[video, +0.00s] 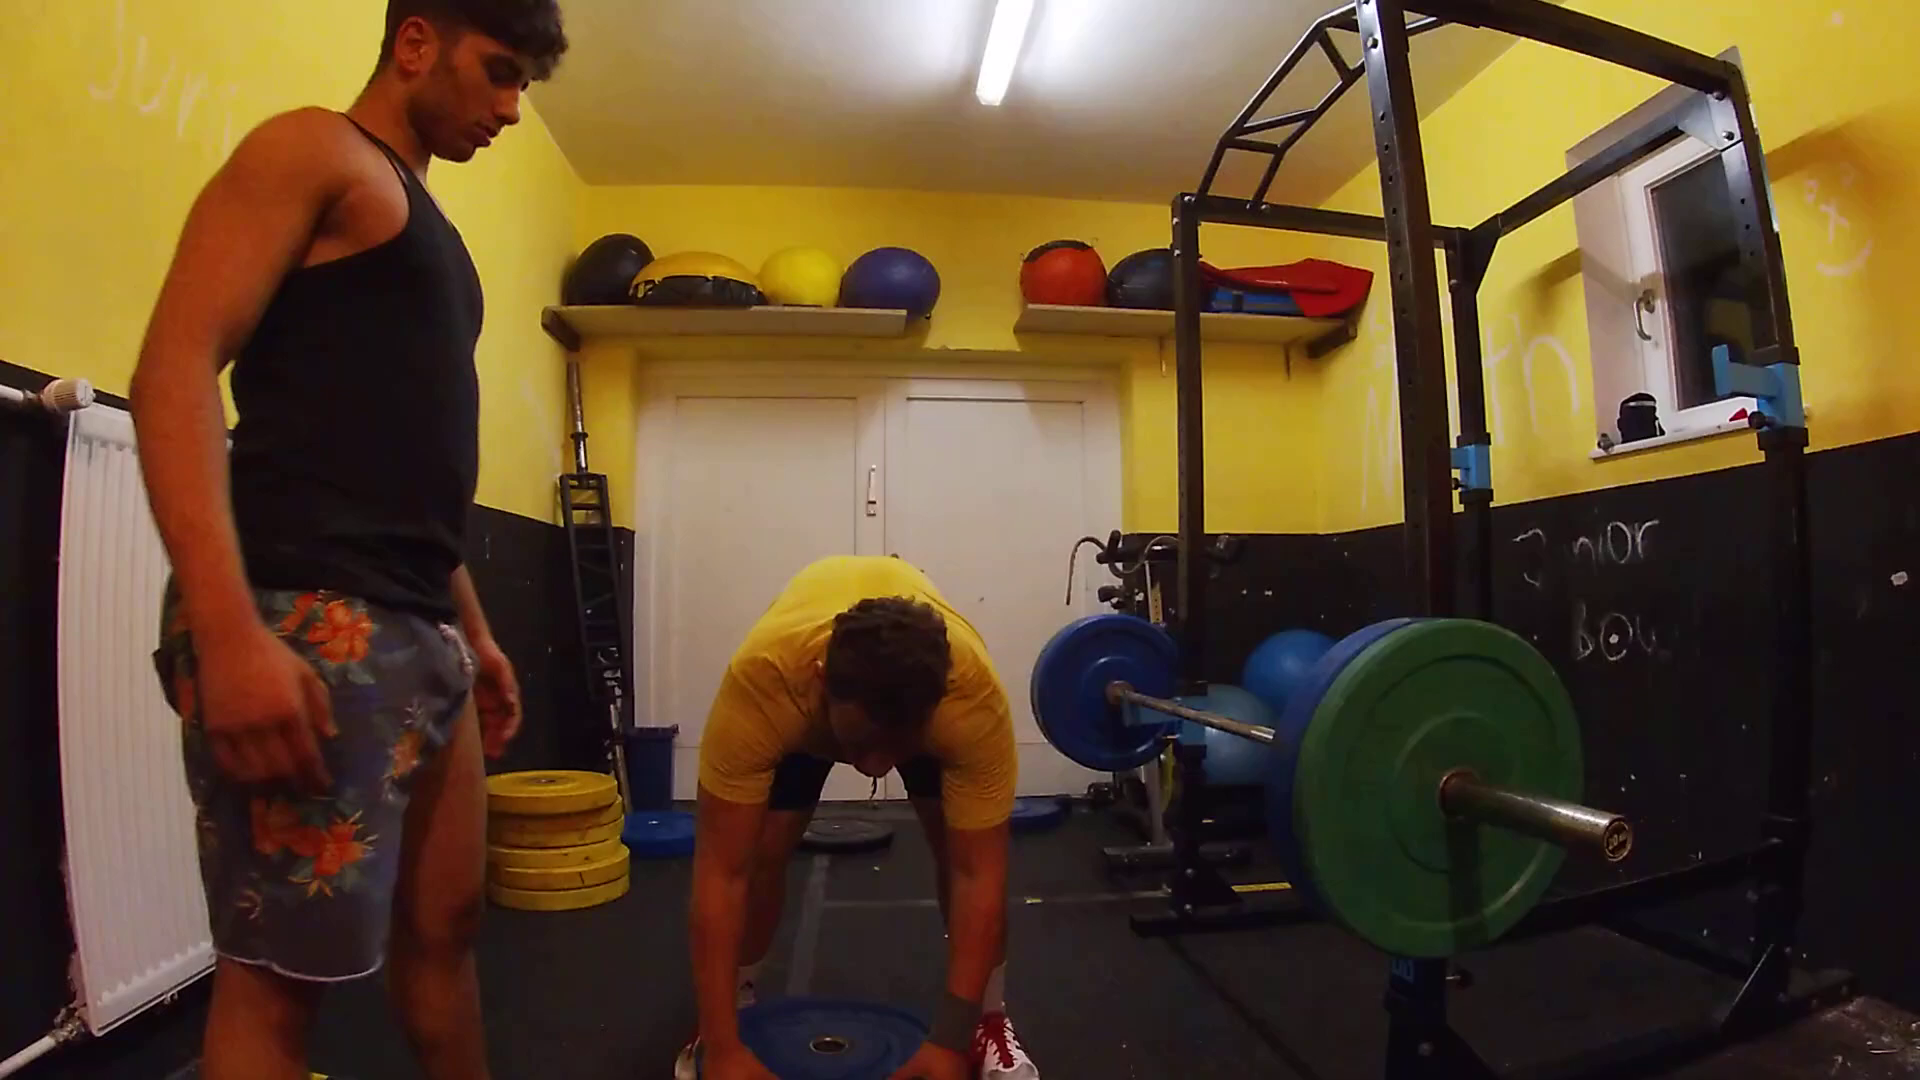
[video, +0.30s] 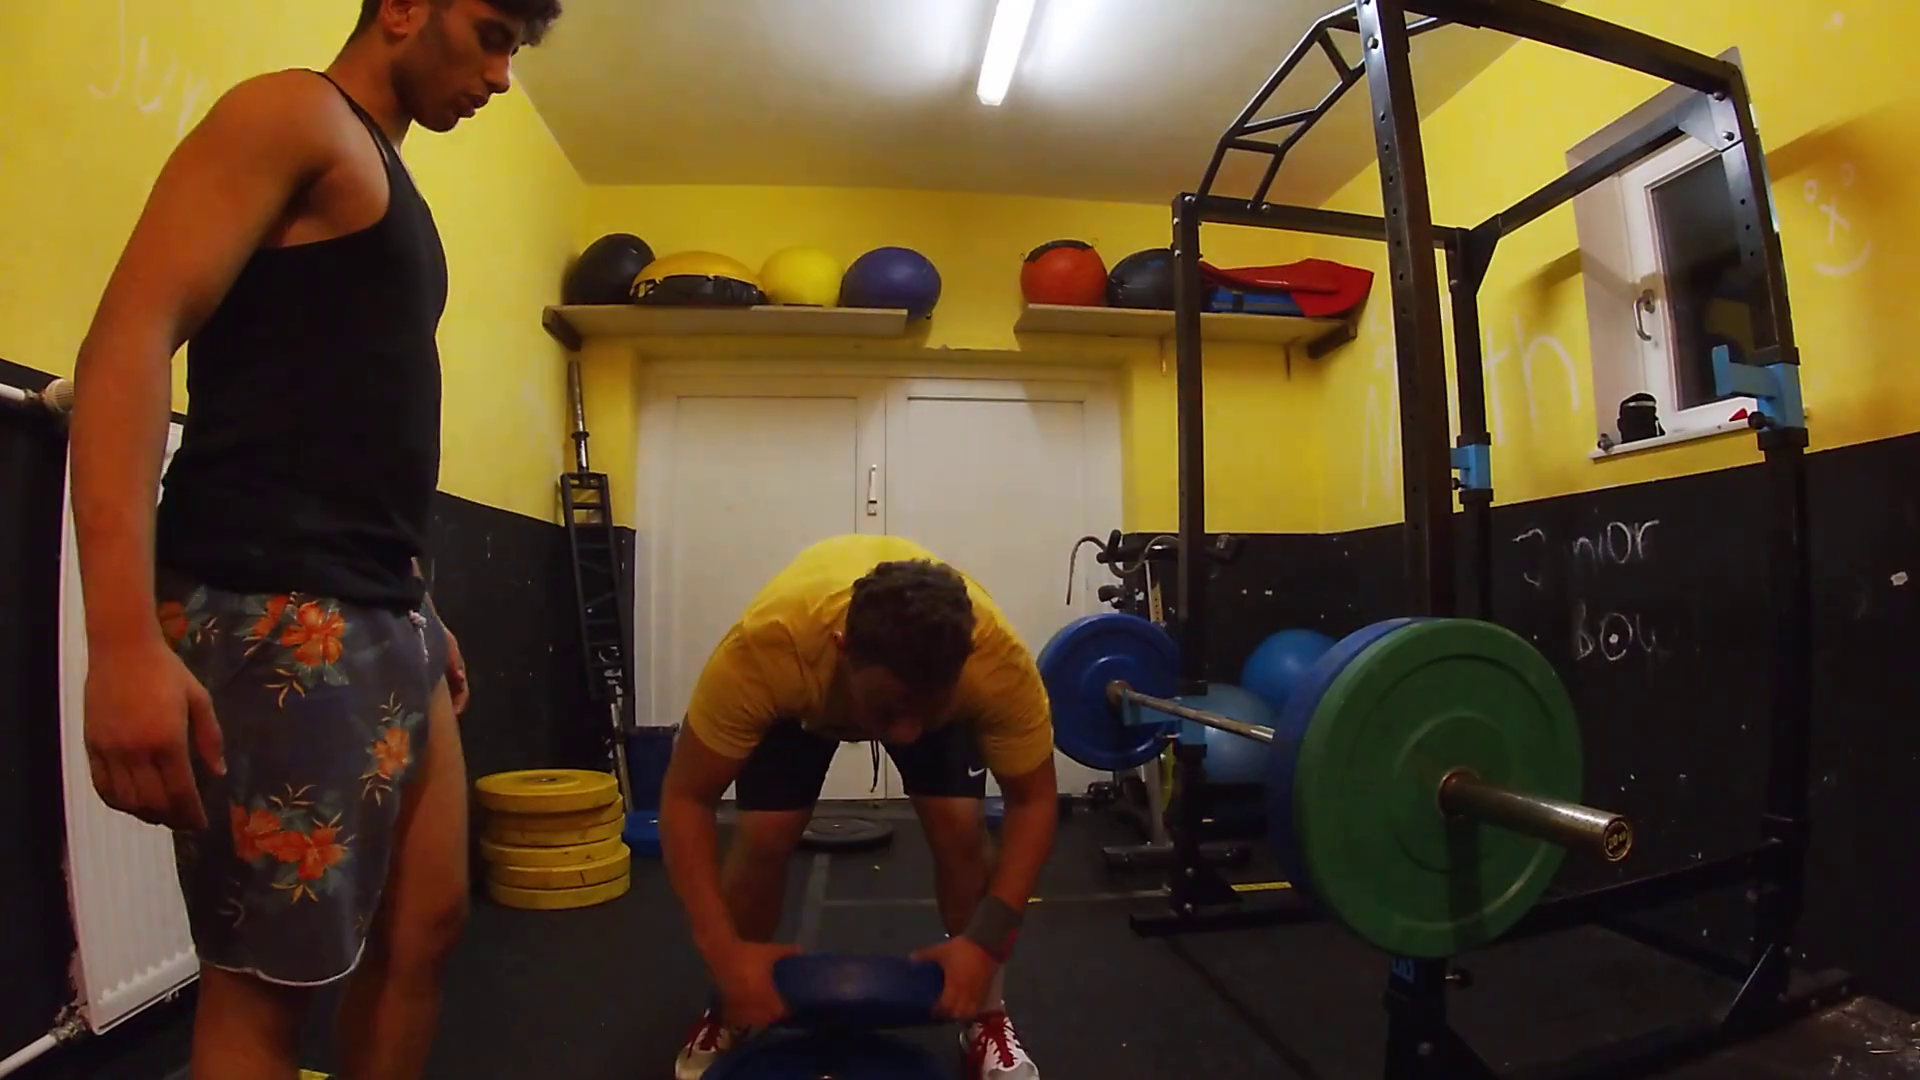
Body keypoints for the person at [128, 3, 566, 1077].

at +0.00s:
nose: (515, 109)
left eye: (523, 86)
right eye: (501, 72)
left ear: (423, 55)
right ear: (414, 44)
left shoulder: (421, 220)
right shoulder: (310, 148)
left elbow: (400, 452)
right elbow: (172, 375)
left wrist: (470, 628)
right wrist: (227, 633)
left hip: (423, 636)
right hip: (307, 627)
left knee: (442, 935)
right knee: (273, 984)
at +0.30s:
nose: (502, 80)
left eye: (514, 52)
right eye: (495, 40)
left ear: (415, 23)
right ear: (406, 10)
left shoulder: (382, 168)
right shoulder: (289, 115)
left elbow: (336, 426)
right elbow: (123, 349)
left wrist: (410, 610)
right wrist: (123, 643)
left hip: (385, 623)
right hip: (275, 623)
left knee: (422, 930)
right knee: (259, 990)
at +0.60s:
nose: (506, 85)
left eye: (515, 60)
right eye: (497, 48)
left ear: (415, 31)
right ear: (409, 20)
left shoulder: (386, 179)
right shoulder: (291, 121)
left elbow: (344, 430)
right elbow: (149, 354)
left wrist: (417, 613)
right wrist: (238, 620)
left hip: (373, 620)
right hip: (282, 617)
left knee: (355, 965)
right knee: (279, 986)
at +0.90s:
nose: (525, 102)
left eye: (533, 78)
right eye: (513, 65)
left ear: (440, 53)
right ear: (427, 39)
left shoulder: (407, 213)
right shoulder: (295, 137)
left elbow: (385, 444)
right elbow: (140, 356)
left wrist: (446, 613)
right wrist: (210, 608)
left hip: (372, 613)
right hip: (281, 610)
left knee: (332, 961)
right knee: (338, 970)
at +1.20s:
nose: (512, 86)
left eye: (519, 60)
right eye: (499, 49)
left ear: (428, 36)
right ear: (411, 21)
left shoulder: (393, 194)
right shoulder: (279, 129)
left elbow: (379, 437)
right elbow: (116, 363)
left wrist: (440, 617)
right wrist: (115, 643)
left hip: (367, 621)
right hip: (274, 617)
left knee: (325, 996)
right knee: (286, 1015)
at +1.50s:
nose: (486, 30)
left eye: (490, 12)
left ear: (384, 2)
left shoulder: (363, 165)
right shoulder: (232, 80)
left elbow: (344, 423)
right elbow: (55, 333)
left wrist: (414, 616)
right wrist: (104, 643)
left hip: (361, 634)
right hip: (236, 631)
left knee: (319, 993)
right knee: (214, 1035)